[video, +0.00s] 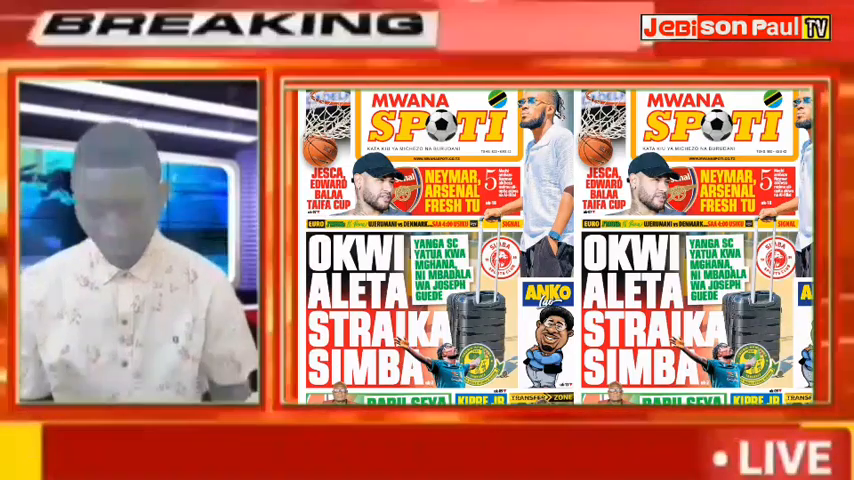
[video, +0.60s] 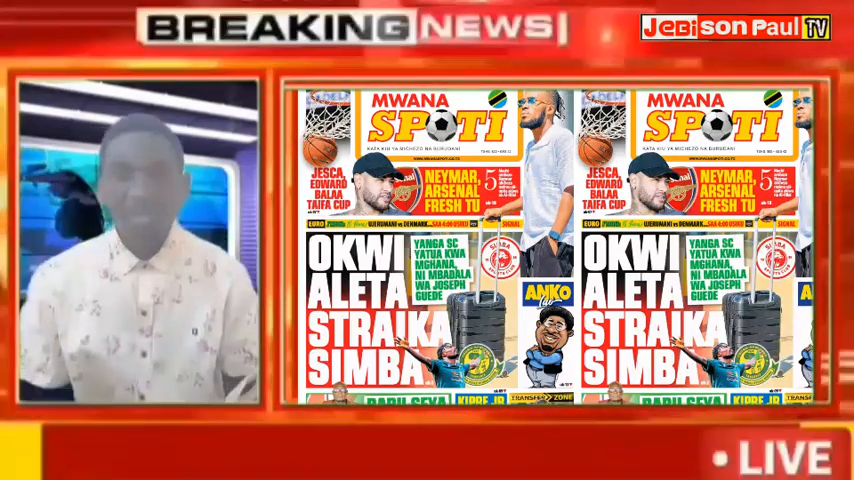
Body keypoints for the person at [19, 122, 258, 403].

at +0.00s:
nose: (113, 227)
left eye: (128, 208)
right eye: (95, 210)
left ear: (162, 195)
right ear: (74, 199)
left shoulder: (207, 286)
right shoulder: (36, 289)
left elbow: (231, 402)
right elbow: (32, 411)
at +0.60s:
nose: (140, 191)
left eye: (156, 173)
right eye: (122, 174)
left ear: (185, 187)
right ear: (99, 188)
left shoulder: (225, 277)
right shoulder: (58, 278)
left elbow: (252, 391)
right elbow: (41, 402)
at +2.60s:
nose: (131, 232)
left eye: (148, 213)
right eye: (114, 214)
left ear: (176, 195)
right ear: (90, 195)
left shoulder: (215, 276)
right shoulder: (53, 280)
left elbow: (241, 384)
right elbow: (43, 394)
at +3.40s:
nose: (163, 227)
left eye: (176, 208)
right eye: (145, 211)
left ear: (193, 194)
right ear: (108, 196)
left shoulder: (216, 275)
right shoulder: (54, 272)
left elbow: (233, 383)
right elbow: (40, 389)